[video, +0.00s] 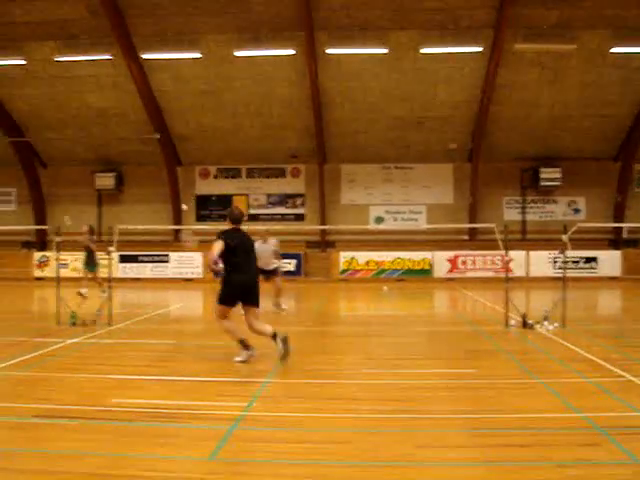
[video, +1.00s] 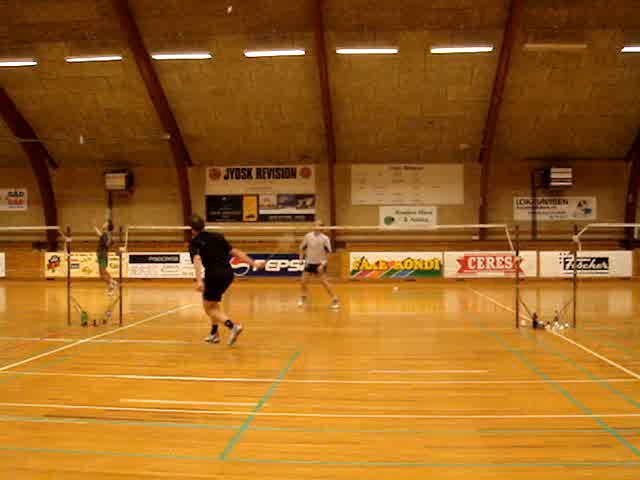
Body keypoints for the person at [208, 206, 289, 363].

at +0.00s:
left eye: (228, 217)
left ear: (228, 220)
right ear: (242, 220)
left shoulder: (225, 236)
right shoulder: (247, 237)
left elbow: (212, 256)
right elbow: (251, 261)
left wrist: (213, 268)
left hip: (233, 281)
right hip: (251, 281)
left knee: (222, 316)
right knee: (253, 322)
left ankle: (246, 347)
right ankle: (276, 336)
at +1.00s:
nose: (191, 232)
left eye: (191, 229)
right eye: (192, 229)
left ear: (193, 230)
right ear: (204, 226)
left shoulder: (195, 242)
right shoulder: (217, 237)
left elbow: (197, 261)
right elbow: (234, 252)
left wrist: (199, 280)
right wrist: (252, 262)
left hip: (213, 275)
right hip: (227, 273)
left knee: (209, 308)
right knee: (215, 303)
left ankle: (232, 326)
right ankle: (214, 332)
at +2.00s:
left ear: (215, 215)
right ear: (231, 215)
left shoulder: (205, 233)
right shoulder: (238, 233)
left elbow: (192, 253)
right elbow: (259, 252)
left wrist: (189, 278)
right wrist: (260, 269)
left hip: (211, 281)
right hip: (235, 280)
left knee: (203, 322)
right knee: (254, 313)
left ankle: (195, 364)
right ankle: (266, 350)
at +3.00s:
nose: (195, 191)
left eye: (199, 190)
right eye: (197, 189)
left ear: (205, 197)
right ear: (199, 196)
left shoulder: (214, 219)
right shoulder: (190, 208)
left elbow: (241, 236)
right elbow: (169, 186)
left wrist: (253, 259)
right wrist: (153, 165)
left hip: (207, 266)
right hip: (202, 264)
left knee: (199, 314)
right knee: (208, 313)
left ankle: (215, 360)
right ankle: (238, 342)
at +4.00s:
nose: (224, 203)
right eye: (224, 200)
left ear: (206, 196)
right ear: (223, 200)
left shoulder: (190, 216)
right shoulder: (224, 220)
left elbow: (176, 242)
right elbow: (242, 246)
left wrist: (166, 265)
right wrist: (258, 263)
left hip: (193, 274)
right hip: (217, 275)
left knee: (189, 315)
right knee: (226, 315)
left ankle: (182, 359)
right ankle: (229, 361)